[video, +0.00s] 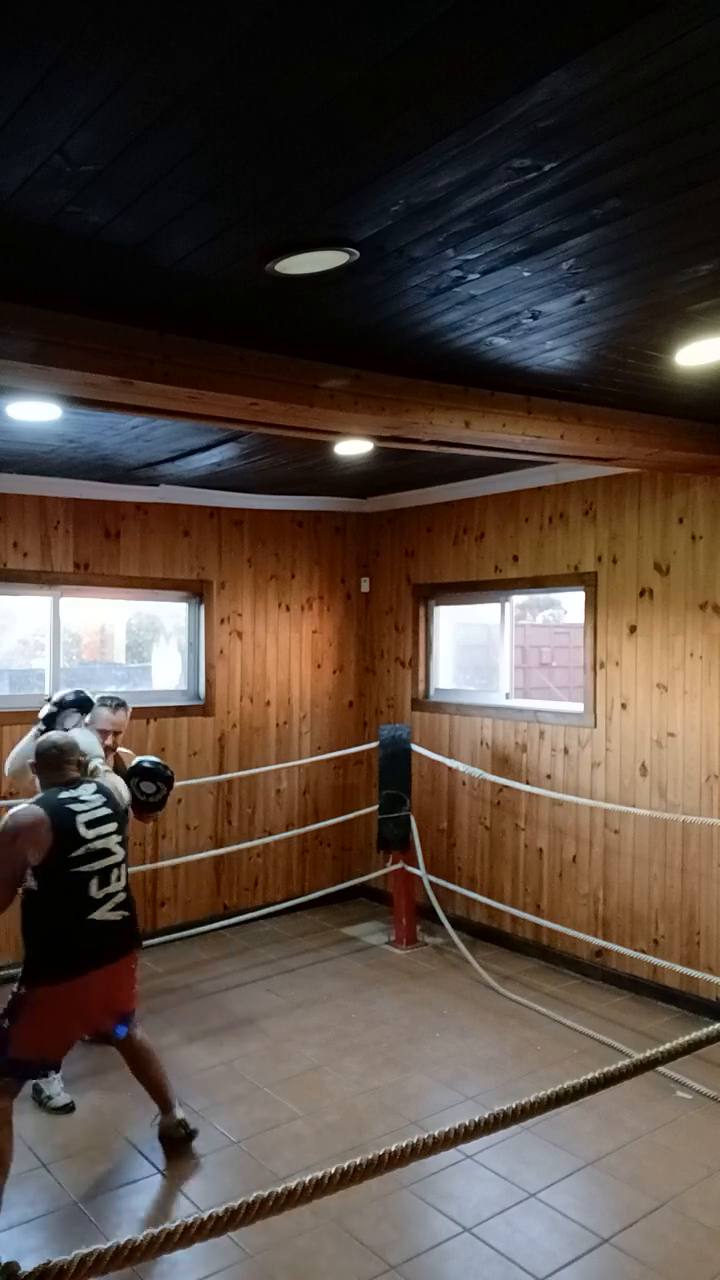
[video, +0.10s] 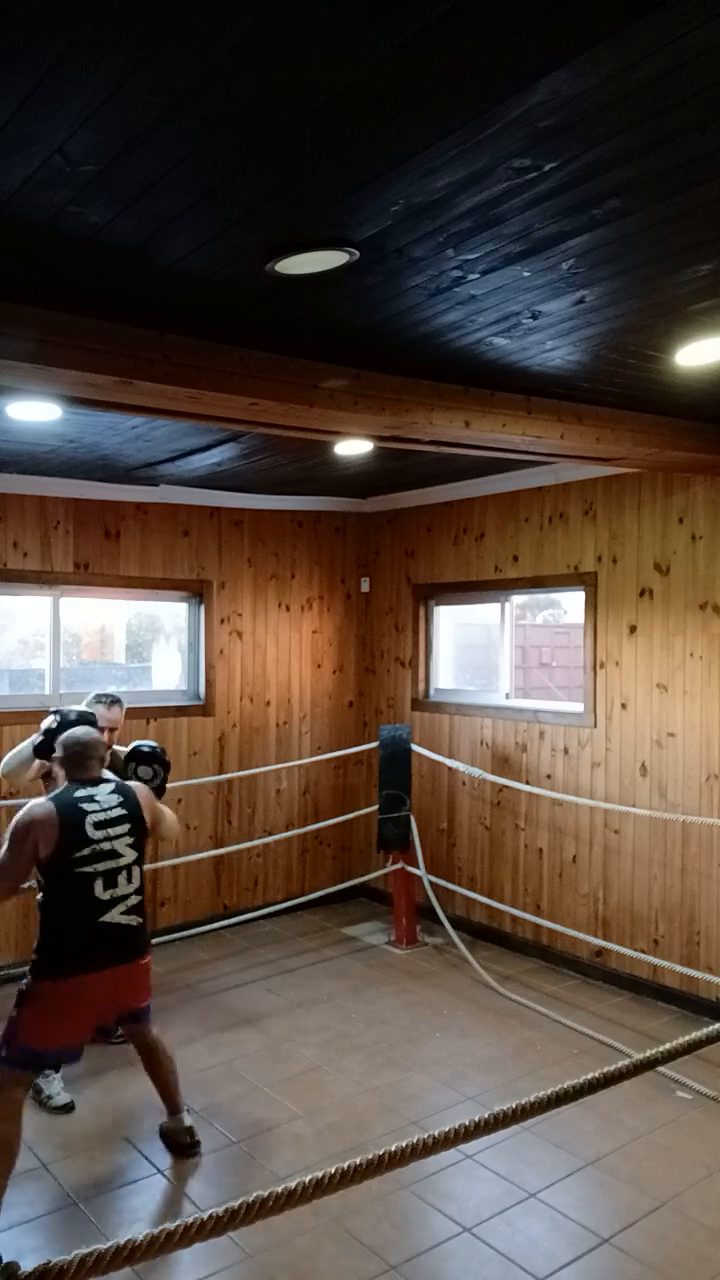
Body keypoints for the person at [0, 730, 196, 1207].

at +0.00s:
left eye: (35, 770)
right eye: (85, 759)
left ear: (34, 771)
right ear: (82, 765)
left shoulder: (25, 822)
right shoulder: (109, 796)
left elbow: (2, 899)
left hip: (59, 978)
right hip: (119, 961)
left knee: (5, 1089)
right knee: (123, 1030)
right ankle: (173, 1118)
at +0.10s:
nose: (47, 767)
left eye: (50, 759)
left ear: (55, 765)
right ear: (105, 760)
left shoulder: (36, 816)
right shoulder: (136, 795)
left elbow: (5, 885)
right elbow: (169, 829)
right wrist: (149, 788)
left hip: (67, 974)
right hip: (131, 961)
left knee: (11, 1083)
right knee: (142, 1031)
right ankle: (181, 1125)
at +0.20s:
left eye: (118, 746)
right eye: (132, 749)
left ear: (86, 753)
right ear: (130, 756)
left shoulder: (52, 790)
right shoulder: (148, 799)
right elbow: (184, 856)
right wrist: (150, 838)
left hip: (62, 960)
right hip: (130, 956)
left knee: (30, 1086)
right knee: (152, 1028)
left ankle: (1, 1219)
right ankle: (178, 1125)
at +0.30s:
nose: (154, 761)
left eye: (151, 754)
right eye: (150, 755)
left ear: (102, 756)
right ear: (139, 760)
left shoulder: (77, 788)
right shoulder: (143, 796)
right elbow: (184, 865)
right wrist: (164, 817)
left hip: (62, 953)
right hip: (126, 953)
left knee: (31, 1074)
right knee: (159, 1033)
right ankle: (181, 1126)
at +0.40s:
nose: (168, 766)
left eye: (167, 760)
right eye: (167, 759)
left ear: (118, 754)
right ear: (160, 760)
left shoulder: (89, 782)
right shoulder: (151, 797)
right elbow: (191, 869)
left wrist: (165, 804)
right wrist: (176, 812)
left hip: (58, 942)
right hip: (121, 946)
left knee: (30, 1058)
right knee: (157, 1026)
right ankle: (180, 1123)